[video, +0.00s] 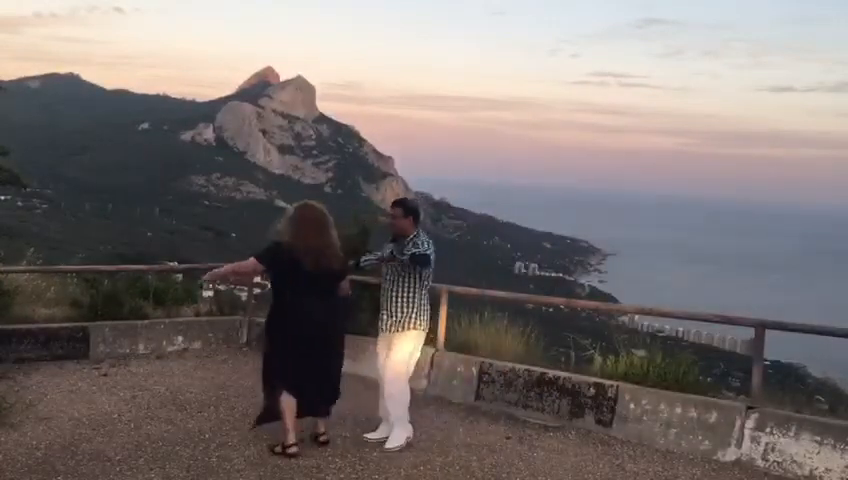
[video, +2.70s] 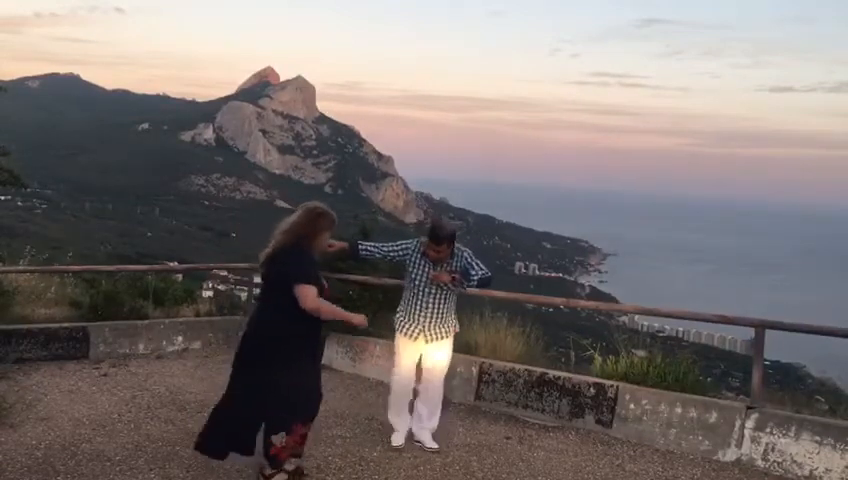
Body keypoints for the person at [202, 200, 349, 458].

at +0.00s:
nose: (284, 227)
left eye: (287, 222)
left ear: (291, 226)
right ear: (327, 228)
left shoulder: (281, 250)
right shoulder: (334, 257)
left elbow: (248, 267)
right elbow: (345, 291)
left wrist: (218, 273)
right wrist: (322, 285)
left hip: (288, 326)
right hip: (325, 328)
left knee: (286, 381)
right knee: (321, 377)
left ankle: (290, 441)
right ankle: (322, 431)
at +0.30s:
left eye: (277, 222)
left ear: (280, 224)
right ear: (315, 224)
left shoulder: (269, 249)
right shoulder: (325, 251)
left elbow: (241, 264)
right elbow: (341, 289)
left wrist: (220, 262)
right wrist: (352, 314)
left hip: (275, 328)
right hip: (313, 330)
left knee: (282, 373)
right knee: (302, 384)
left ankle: (287, 437)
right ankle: (291, 448)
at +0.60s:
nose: (309, 225)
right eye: (307, 220)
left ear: (270, 221)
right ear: (303, 224)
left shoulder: (257, 253)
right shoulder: (310, 254)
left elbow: (233, 267)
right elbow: (334, 291)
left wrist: (224, 269)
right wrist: (365, 309)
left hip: (262, 333)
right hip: (300, 335)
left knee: (261, 384)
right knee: (298, 387)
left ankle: (254, 442)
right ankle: (289, 451)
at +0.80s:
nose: (298, 226)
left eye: (297, 220)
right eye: (296, 221)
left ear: (260, 220)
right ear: (288, 223)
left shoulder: (247, 251)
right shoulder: (292, 253)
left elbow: (240, 283)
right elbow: (317, 291)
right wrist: (353, 305)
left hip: (244, 332)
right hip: (280, 334)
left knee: (242, 389)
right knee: (289, 388)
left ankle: (234, 455)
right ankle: (288, 450)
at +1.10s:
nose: (290, 229)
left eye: (289, 223)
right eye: (288, 223)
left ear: (254, 222)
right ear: (279, 225)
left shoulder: (243, 253)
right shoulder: (279, 257)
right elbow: (303, 292)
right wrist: (326, 289)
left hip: (233, 337)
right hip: (263, 340)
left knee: (242, 391)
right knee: (265, 394)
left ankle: (233, 452)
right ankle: (248, 453)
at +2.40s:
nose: (321, 236)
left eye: (322, 231)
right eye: (319, 230)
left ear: (293, 220)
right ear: (307, 225)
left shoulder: (272, 245)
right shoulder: (290, 246)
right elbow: (304, 275)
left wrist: (317, 239)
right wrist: (340, 273)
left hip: (258, 334)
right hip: (280, 338)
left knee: (252, 393)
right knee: (280, 399)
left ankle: (249, 448)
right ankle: (268, 460)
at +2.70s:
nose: (329, 240)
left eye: (330, 235)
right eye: (327, 234)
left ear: (301, 226)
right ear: (314, 231)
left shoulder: (283, 252)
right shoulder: (301, 258)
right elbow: (309, 302)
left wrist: (325, 247)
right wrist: (349, 316)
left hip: (269, 343)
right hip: (289, 348)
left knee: (277, 404)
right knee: (305, 401)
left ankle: (274, 464)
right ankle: (285, 463)